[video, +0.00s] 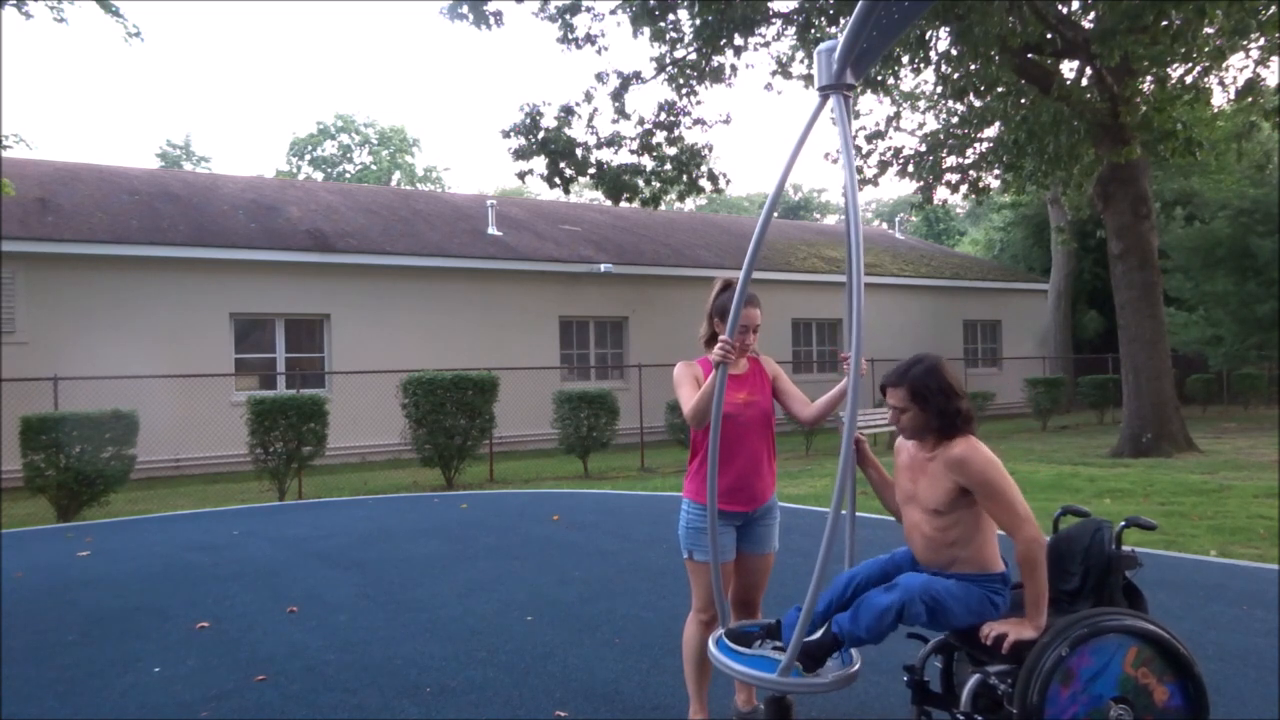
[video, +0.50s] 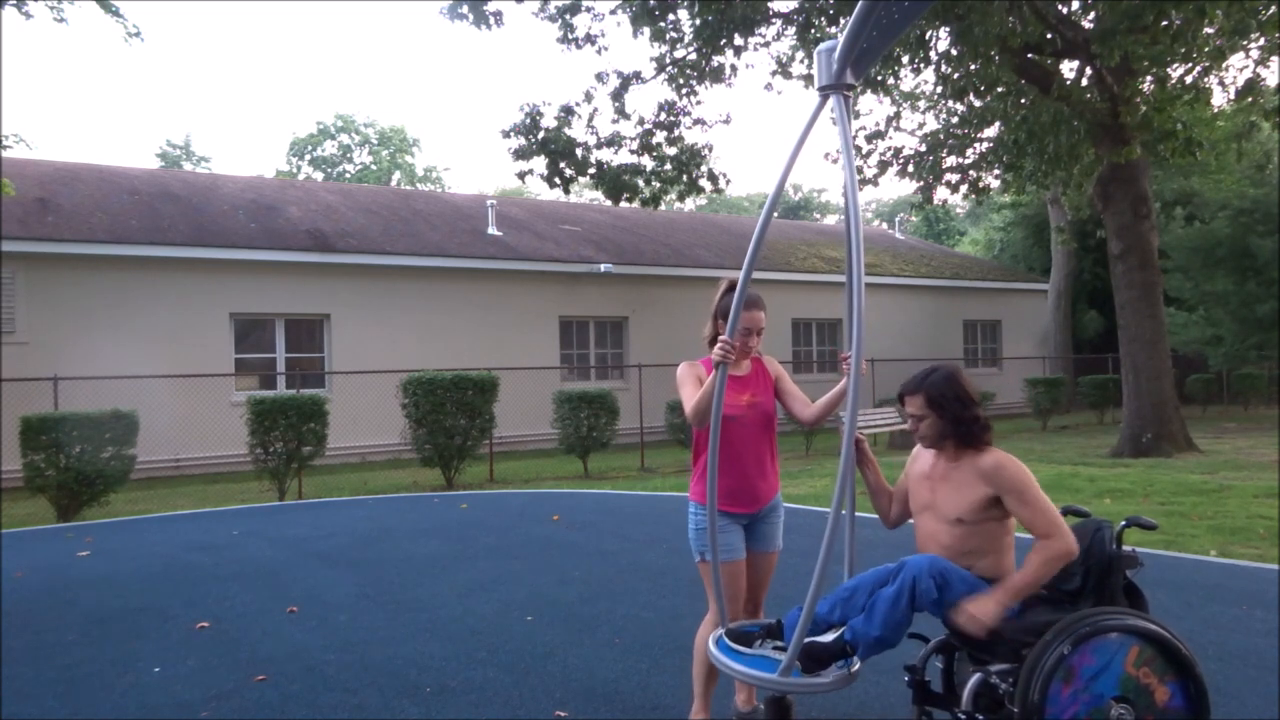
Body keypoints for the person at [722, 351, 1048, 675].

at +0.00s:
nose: (891, 418)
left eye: (898, 410)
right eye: (888, 409)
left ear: (927, 407)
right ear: (910, 407)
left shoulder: (967, 454)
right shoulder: (905, 447)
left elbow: (1029, 534)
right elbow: (903, 510)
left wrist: (1034, 620)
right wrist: (867, 461)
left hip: (976, 586)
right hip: (921, 563)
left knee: (903, 593)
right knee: (855, 580)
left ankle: (824, 644)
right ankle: (782, 631)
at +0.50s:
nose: (910, 428)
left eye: (917, 419)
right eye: (907, 419)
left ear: (948, 414)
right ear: (915, 416)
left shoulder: (997, 467)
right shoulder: (920, 455)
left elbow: (1061, 544)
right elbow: (892, 515)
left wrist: (998, 601)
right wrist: (866, 463)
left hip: (986, 594)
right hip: (932, 584)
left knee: (921, 568)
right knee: (882, 577)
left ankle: (842, 646)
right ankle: (784, 631)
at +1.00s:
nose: (945, 426)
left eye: (953, 419)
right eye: (943, 418)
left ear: (986, 416)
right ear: (942, 413)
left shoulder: (1016, 468)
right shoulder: (948, 454)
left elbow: (936, 486)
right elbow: (905, 513)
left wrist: (873, 428)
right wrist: (866, 458)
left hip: (996, 597)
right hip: (945, 584)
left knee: (924, 565)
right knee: (891, 582)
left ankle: (845, 644)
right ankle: (788, 629)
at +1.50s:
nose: (959, 431)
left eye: (969, 424)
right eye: (957, 421)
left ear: (1004, 424)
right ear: (956, 415)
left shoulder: (1030, 471)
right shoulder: (954, 462)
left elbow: (945, 481)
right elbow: (914, 538)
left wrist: (879, 422)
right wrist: (852, 577)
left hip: (1001, 599)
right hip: (945, 585)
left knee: (928, 567)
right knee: (879, 590)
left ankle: (846, 645)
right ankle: (789, 631)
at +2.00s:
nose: (949, 430)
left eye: (959, 422)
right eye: (947, 420)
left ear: (993, 421)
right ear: (946, 415)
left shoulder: (1025, 468)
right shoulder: (944, 464)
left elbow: (945, 484)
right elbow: (895, 526)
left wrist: (880, 424)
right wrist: (837, 531)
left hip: (1001, 600)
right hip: (945, 588)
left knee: (933, 568)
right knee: (876, 594)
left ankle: (852, 649)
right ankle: (796, 636)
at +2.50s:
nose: (941, 425)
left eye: (951, 418)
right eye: (939, 416)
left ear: (984, 419)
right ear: (938, 412)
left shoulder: (1016, 462)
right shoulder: (931, 457)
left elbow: (943, 483)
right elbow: (828, 455)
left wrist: (882, 424)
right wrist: (747, 429)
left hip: (1002, 598)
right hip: (943, 587)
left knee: (932, 569)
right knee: (875, 590)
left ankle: (853, 647)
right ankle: (798, 638)